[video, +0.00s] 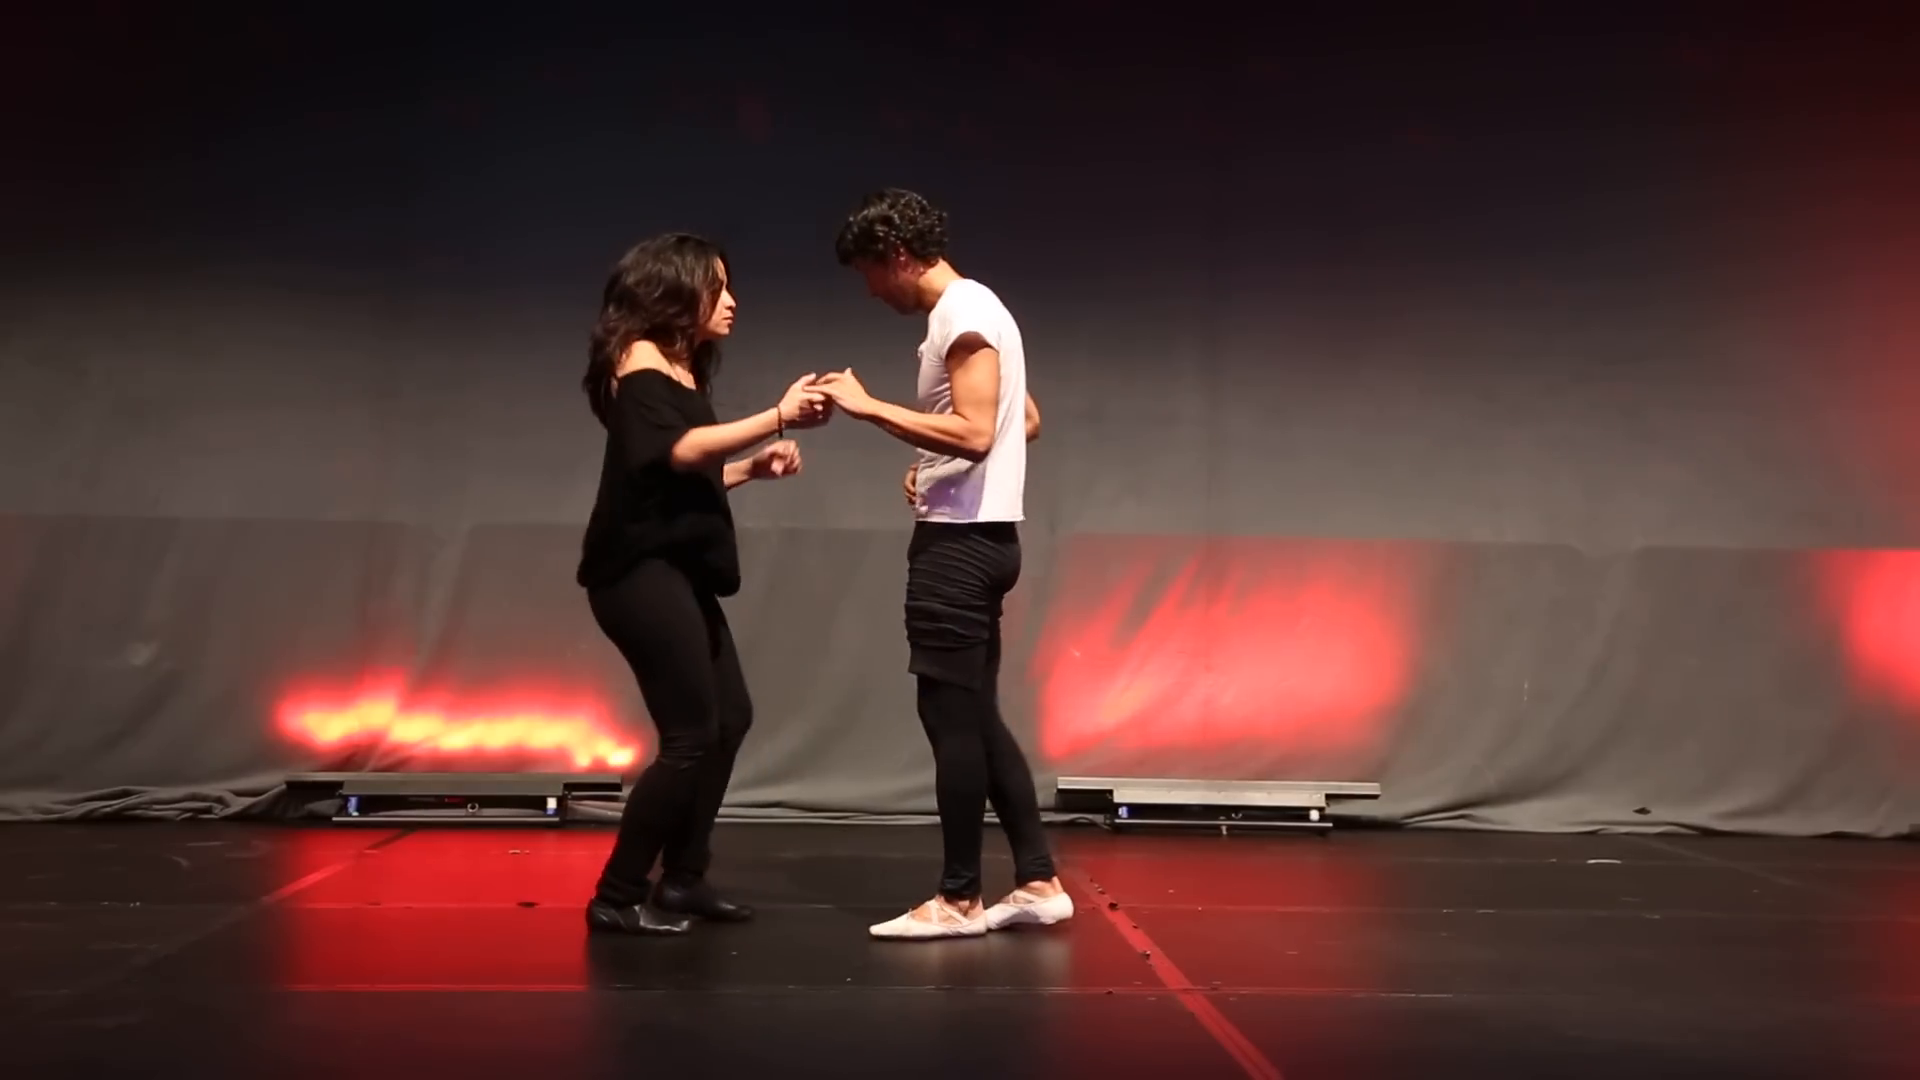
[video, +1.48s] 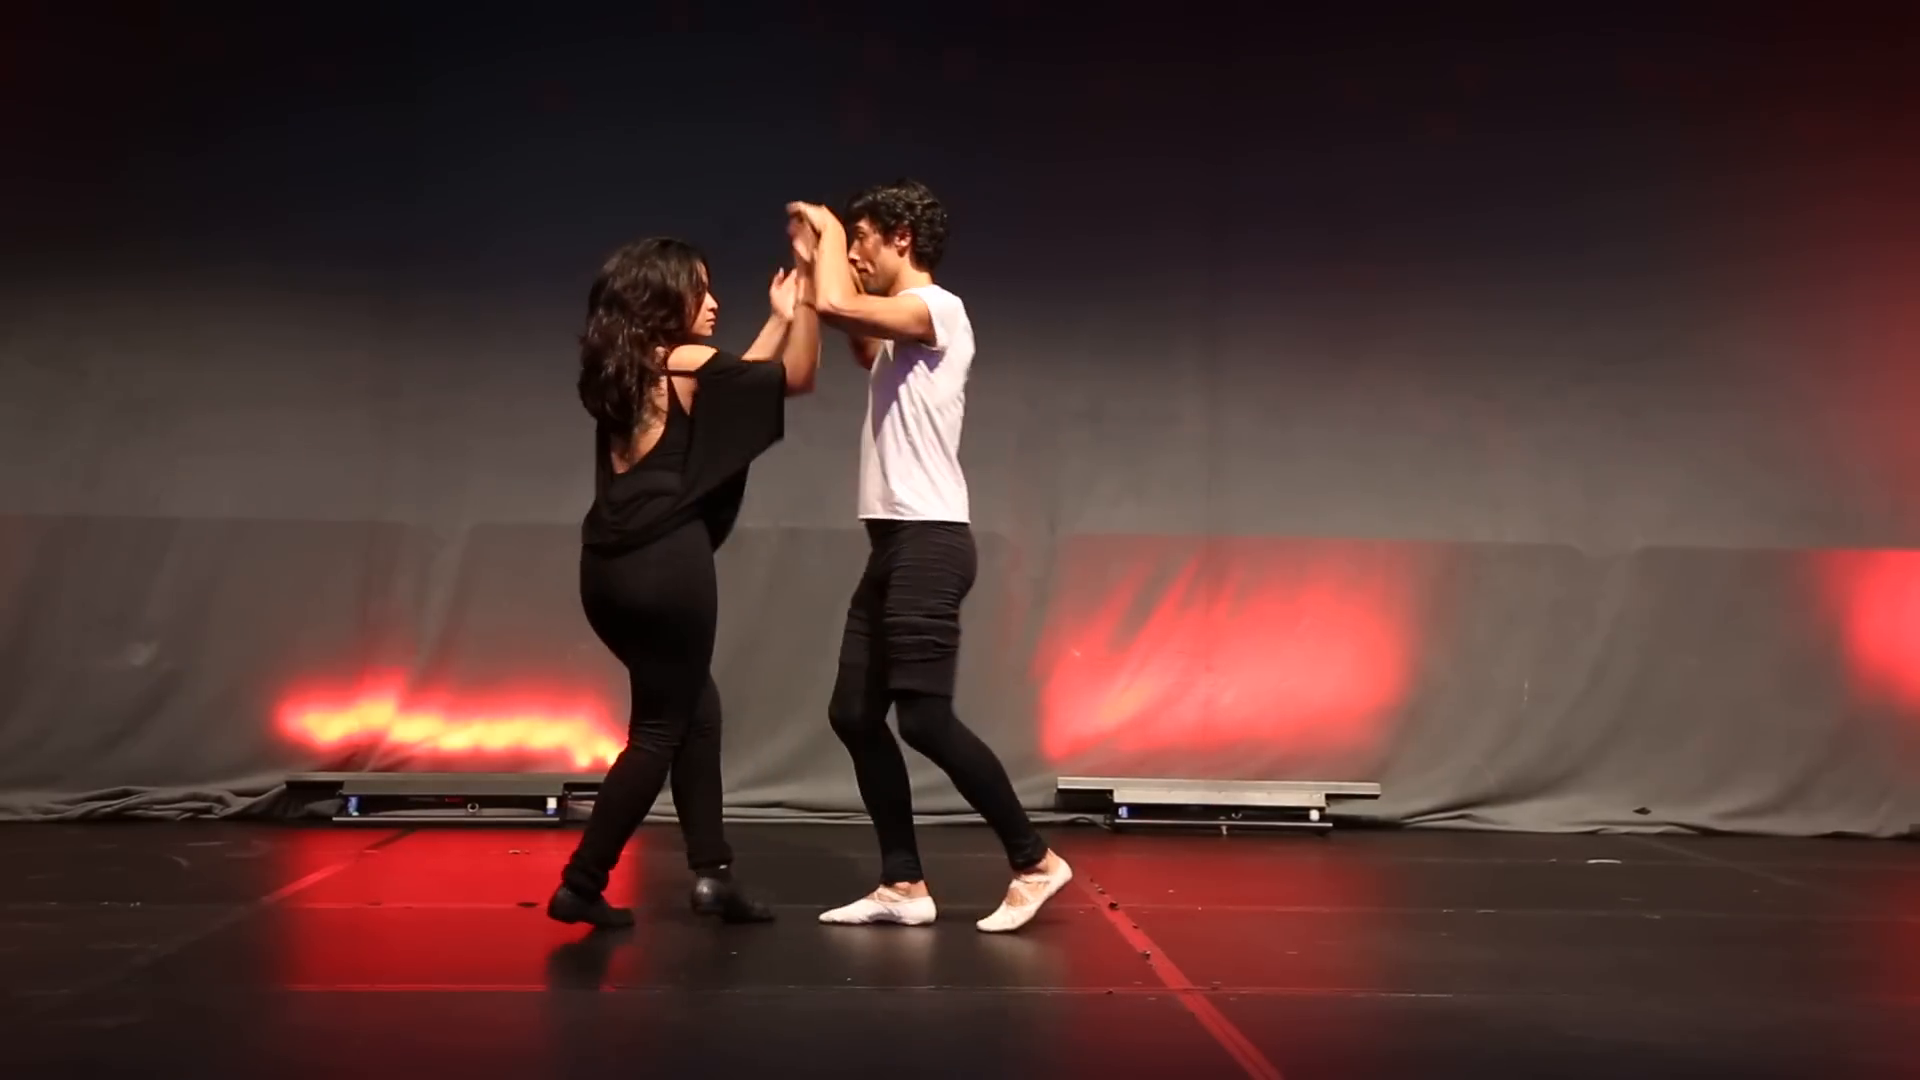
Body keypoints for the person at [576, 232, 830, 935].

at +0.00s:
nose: (730, 300)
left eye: (727, 288)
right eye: (718, 288)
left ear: (685, 298)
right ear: (680, 295)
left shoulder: (678, 368)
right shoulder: (642, 358)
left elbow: (681, 478)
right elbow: (679, 446)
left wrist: (750, 468)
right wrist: (776, 414)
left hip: (677, 573)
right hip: (638, 575)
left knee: (729, 717)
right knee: (692, 731)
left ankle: (681, 883)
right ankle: (617, 899)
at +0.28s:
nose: (733, 297)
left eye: (728, 285)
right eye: (719, 287)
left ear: (686, 305)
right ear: (683, 300)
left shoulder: (682, 371)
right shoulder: (669, 376)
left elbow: (647, 449)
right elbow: (731, 462)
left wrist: (727, 467)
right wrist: (802, 402)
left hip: (665, 566)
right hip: (622, 557)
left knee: (715, 723)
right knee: (643, 726)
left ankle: (641, 874)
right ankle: (612, 896)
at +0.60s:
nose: (726, 297)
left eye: (722, 284)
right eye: (713, 286)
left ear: (669, 300)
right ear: (680, 298)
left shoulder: (653, 368)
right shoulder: (690, 364)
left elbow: (660, 465)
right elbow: (703, 472)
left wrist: (751, 427)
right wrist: (785, 430)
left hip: (624, 560)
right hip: (641, 559)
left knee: (691, 714)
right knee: (706, 709)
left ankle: (632, 876)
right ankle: (626, 877)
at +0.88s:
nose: (716, 304)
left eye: (711, 291)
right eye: (702, 292)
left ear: (668, 303)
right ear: (666, 301)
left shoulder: (663, 370)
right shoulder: (653, 362)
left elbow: (709, 479)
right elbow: (691, 441)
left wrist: (771, 426)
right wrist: (765, 372)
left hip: (633, 574)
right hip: (647, 575)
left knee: (664, 725)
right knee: (755, 705)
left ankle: (629, 887)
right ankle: (646, 831)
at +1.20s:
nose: (710, 300)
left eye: (706, 287)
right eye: (699, 289)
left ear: (647, 301)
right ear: (665, 301)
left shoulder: (632, 364)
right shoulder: (675, 365)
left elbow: (692, 440)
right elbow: (776, 428)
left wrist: (756, 385)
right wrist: (810, 358)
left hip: (627, 564)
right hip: (632, 567)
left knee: (721, 693)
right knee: (671, 731)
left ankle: (695, 853)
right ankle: (578, 872)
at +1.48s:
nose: (713, 304)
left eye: (710, 291)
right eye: (700, 293)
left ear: (644, 305)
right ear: (664, 303)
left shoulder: (625, 371)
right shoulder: (688, 367)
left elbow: (738, 381)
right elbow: (797, 377)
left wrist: (780, 318)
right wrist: (809, 297)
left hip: (607, 574)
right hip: (669, 569)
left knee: (699, 712)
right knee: (657, 733)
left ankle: (711, 874)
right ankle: (581, 886)